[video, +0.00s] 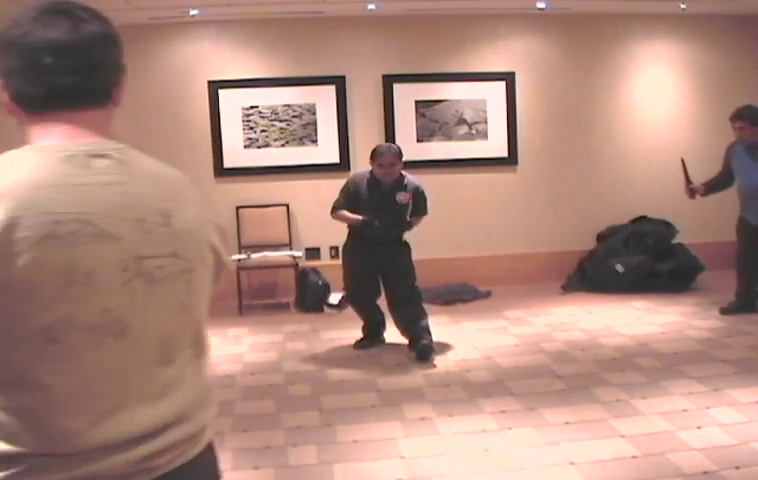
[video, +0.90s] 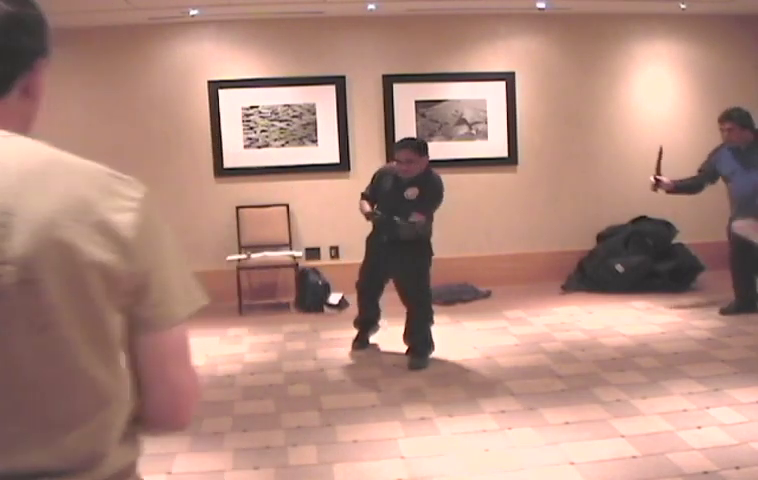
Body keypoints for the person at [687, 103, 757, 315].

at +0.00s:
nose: (738, 134)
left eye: (741, 128)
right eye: (735, 129)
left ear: (755, 128)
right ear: (735, 129)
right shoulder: (735, 150)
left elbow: (726, 177)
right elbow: (727, 177)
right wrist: (702, 188)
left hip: (753, 217)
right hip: (748, 217)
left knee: (748, 258)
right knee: (745, 259)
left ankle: (748, 299)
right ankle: (745, 298)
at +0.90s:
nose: (725, 136)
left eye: (729, 130)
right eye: (723, 131)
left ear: (746, 130)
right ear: (721, 132)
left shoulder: (755, 149)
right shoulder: (722, 155)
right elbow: (700, 182)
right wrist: (670, 186)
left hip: (754, 214)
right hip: (742, 215)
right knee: (740, 257)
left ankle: (748, 299)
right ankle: (745, 299)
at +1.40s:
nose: (727, 127)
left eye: (731, 121)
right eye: (724, 123)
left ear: (746, 122)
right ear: (722, 125)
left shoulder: (755, 144)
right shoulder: (721, 149)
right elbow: (696, 175)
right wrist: (699, 185)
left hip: (755, 218)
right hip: (738, 218)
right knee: (739, 262)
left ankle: (750, 301)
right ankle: (744, 300)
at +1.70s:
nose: (746, 121)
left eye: (750, 117)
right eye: (743, 117)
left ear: (757, 118)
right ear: (740, 120)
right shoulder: (734, 147)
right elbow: (721, 176)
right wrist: (727, 195)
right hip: (747, 216)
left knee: (749, 260)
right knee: (744, 260)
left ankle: (748, 299)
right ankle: (744, 299)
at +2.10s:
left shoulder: (753, 148)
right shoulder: (753, 147)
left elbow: (747, 169)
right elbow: (747, 169)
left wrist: (750, 191)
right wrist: (749, 190)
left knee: (753, 254)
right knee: (752, 254)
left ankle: (749, 295)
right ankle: (748, 294)